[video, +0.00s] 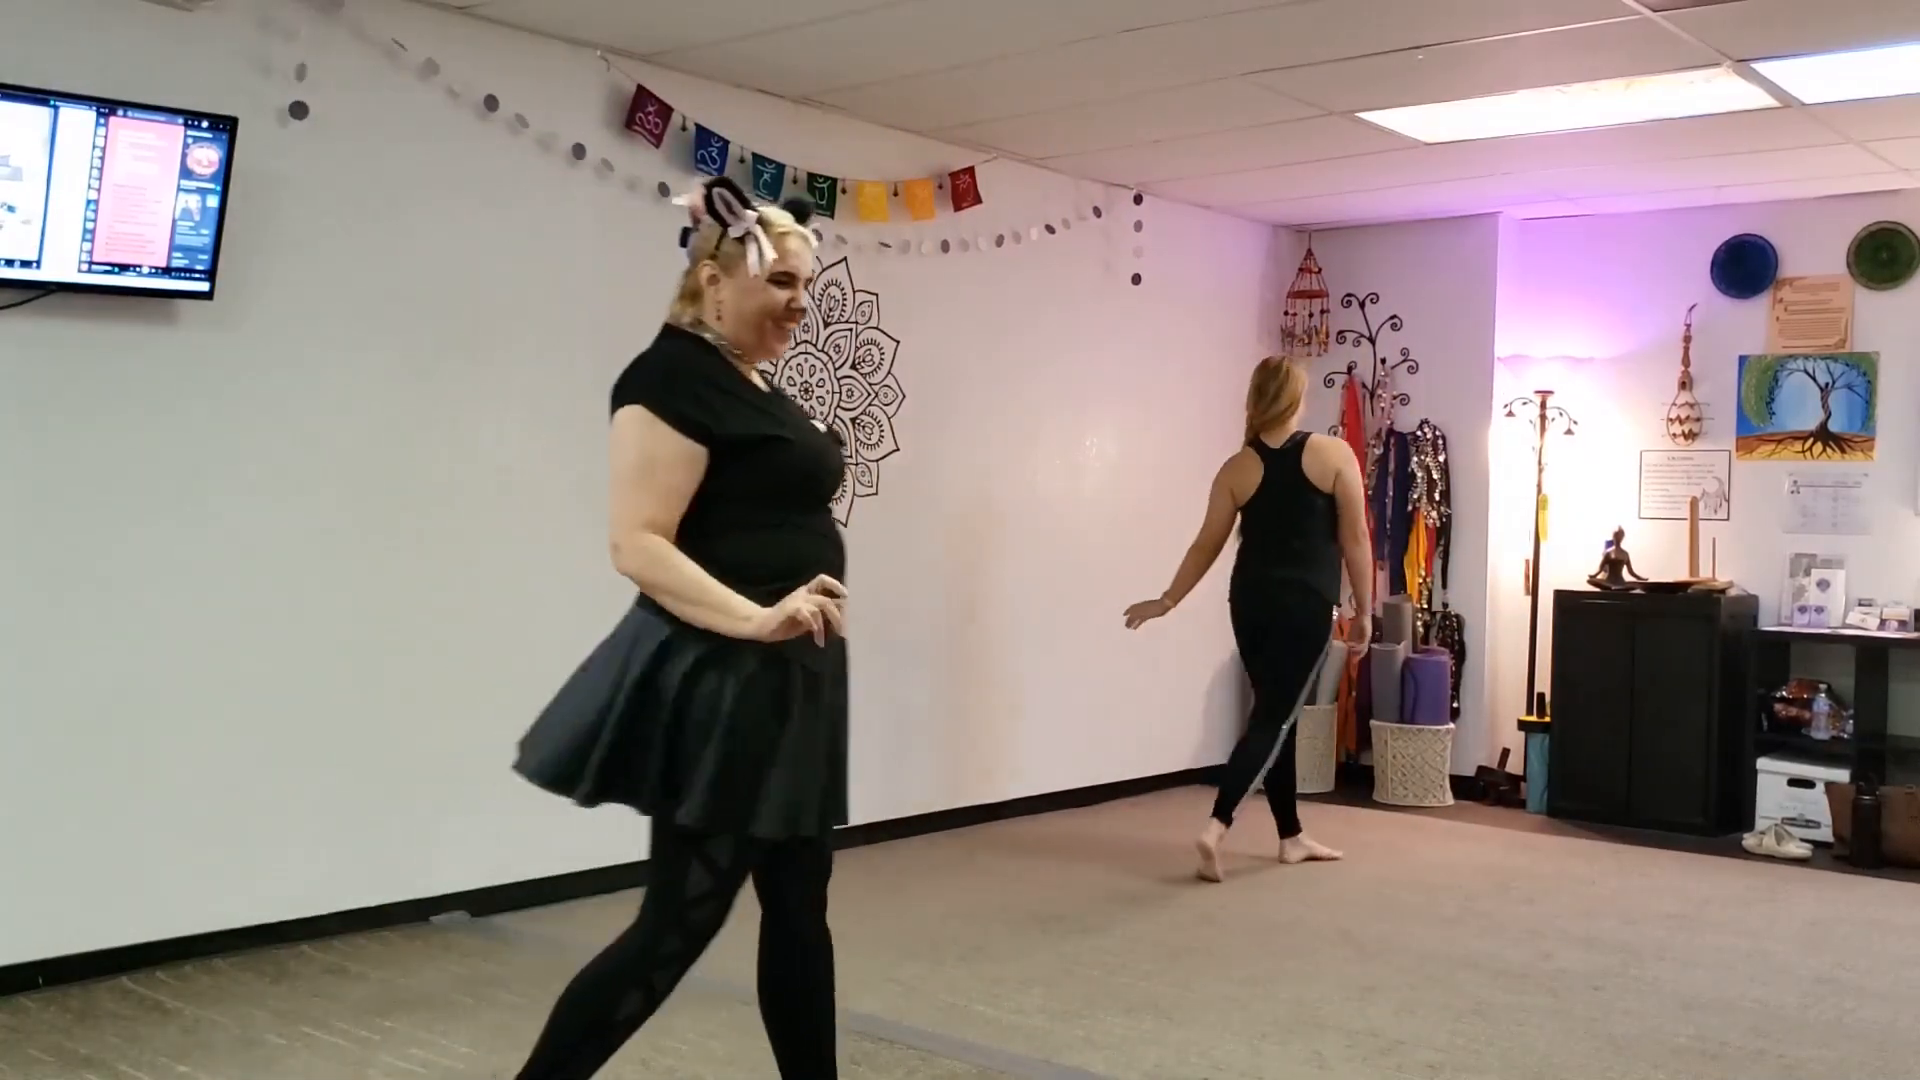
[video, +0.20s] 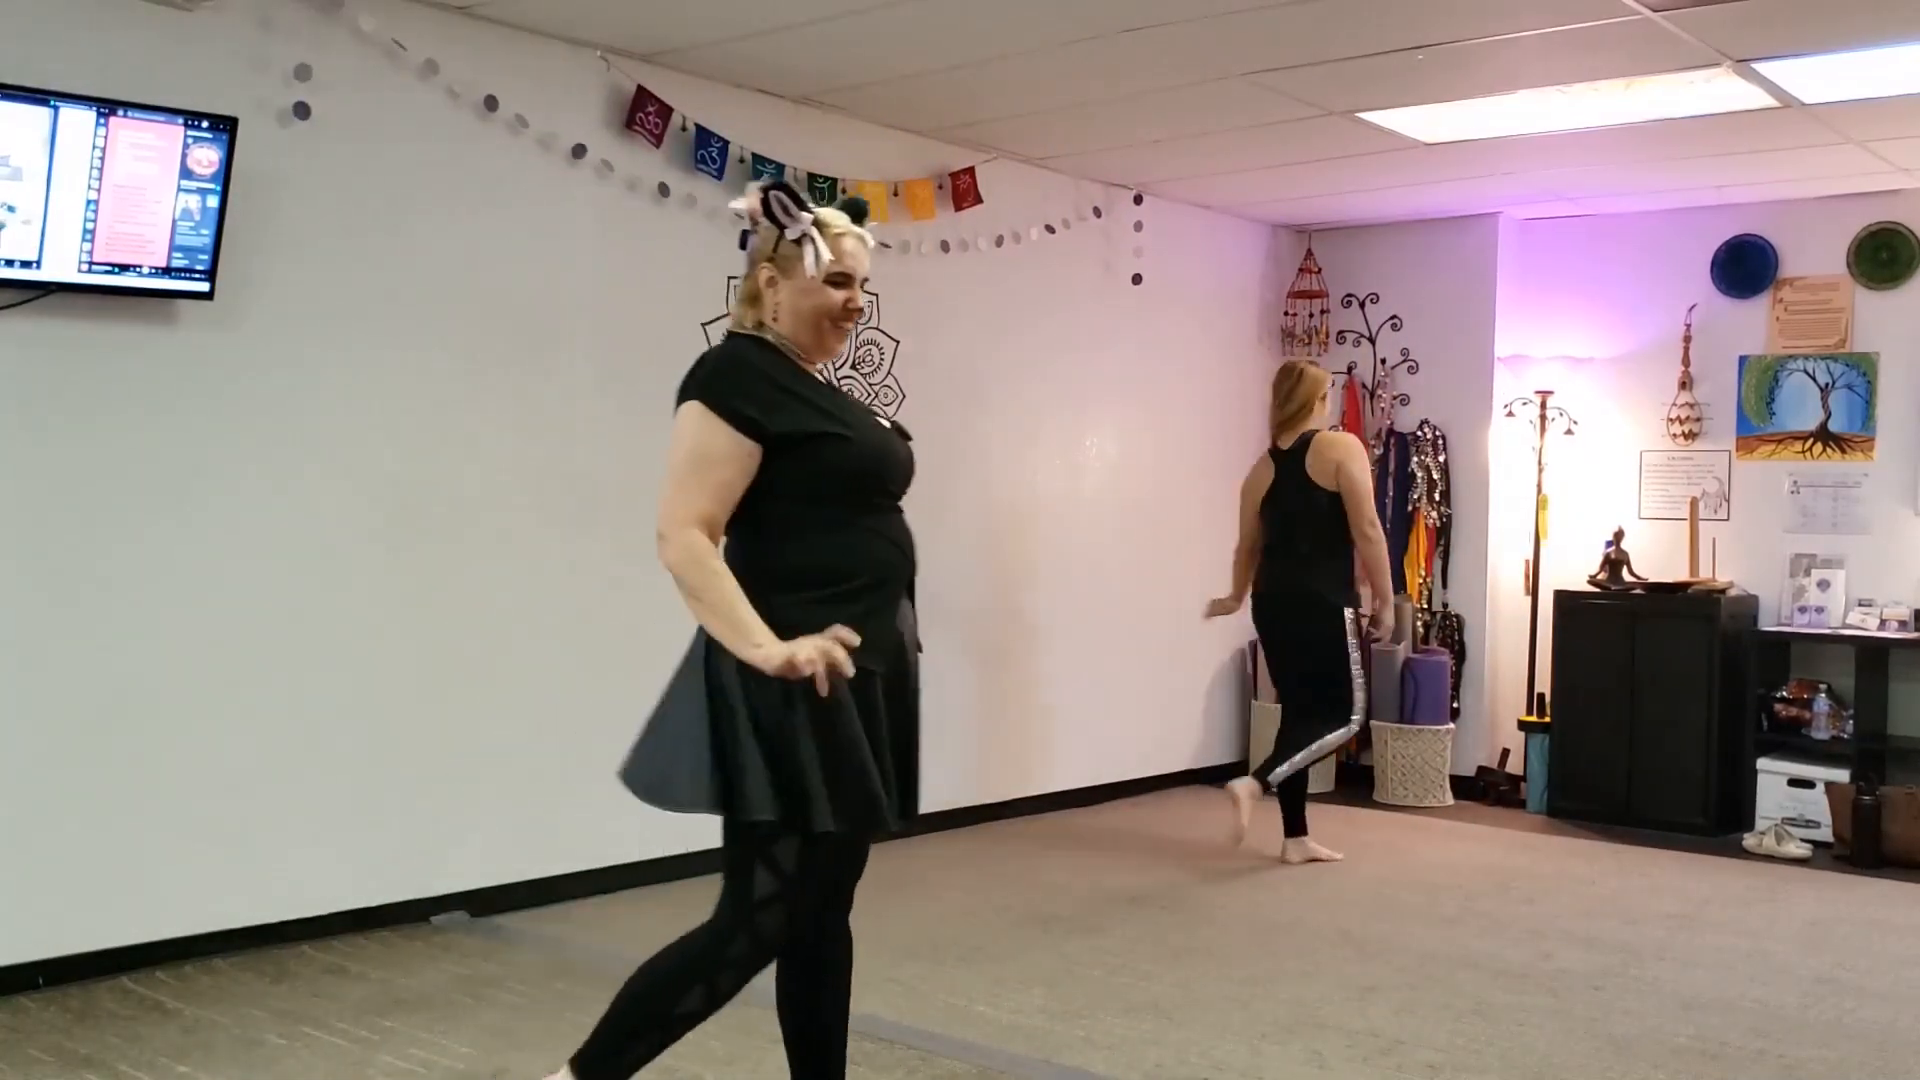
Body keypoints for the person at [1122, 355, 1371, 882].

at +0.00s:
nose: (1307, 402)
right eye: (1304, 395)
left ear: (1255, 401)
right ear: (1300, 401)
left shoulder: (1237, 468)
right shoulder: (1334, 455)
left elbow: (1207, 545)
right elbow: (1354, 540)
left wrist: (1167, 600)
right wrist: (1363, 608)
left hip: (1249, 601)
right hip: (1307, 603)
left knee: (1277, 713)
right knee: (1272, 716)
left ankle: (1291, 834)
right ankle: (1217, 824)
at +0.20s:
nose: (1331, 404)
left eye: (1328, 396)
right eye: (1328, 397)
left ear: (1280, 403)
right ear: (1320, 401)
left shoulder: (1262, 470)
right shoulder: (1342, 448)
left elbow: (1248, 544)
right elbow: (1366, 528)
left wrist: (1237, 594)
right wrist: (1385, 597)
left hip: (1273, 602)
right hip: (1323, 600)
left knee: (1295, 711)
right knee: (1348, 715)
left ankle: (1296, 836)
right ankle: (1256, 784)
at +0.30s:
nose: (1345, 407)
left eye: (1345, 399)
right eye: (1343, 399)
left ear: (1296, 402)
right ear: (1328, 401)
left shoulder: (1277, 464)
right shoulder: (1337, 444)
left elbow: (1274, 542)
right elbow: (1355, 523)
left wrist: (1280, 588)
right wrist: (1389, 591)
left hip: (1281, 596)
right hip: (1326, 596)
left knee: (1306, 708)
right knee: (1376, 704)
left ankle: (1297, 836)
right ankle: (1283, 772)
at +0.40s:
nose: (1361, 400)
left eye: (1360, 392)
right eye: (1356, 393)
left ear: (1320, 399)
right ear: (1333, 398)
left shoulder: (1305, 448)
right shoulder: (1329, 444)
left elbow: (1317, 530)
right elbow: (1341, 525)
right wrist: (1388, 591)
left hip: (1296, 592)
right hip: (1327, 593)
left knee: (1312, 707)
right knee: (1396, 691)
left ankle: (1298, 837)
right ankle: (1318, 777)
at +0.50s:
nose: (1373, 399)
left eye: (1372, 391)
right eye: (1366, 391)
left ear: (1335, 397)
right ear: (1339, 396)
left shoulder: (1332, 446)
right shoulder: (1325, 445)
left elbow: (1336, 526)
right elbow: (1325, 523)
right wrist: (1375, 584)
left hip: (1312, 593)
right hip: (1329, 594)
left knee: (1315, 710)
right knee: (1409, 688)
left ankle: (1296, 834)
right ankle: (1362, 802)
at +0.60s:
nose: (1387, 396)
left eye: (1386, 388)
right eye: (1377, 388)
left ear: (1362, 397)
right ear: (1347, 395)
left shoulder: (1357, 452)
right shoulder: (1331, 446)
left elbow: (1368, 538)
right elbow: (1313, 523)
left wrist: (1401, 590)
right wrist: (1358, 585)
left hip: (1330, 593)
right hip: (1337, 592)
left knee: (1318, 706)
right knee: (1406, 691)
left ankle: (1295, 832)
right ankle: (1416, 820)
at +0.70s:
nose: (1397, 399)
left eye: (1397, 391)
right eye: (1388, 390)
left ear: (1378, 399)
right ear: (1357, 397)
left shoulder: (1378, 458)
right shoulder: (1341, 451)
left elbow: (1396, 547)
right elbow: (1311, 524)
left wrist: (1435, 597)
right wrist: (1339, 593)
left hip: (1355, 596)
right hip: (1352, 597)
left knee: (1321, 713)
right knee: (1402, 713)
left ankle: (1295, 831)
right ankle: (1457, 818)